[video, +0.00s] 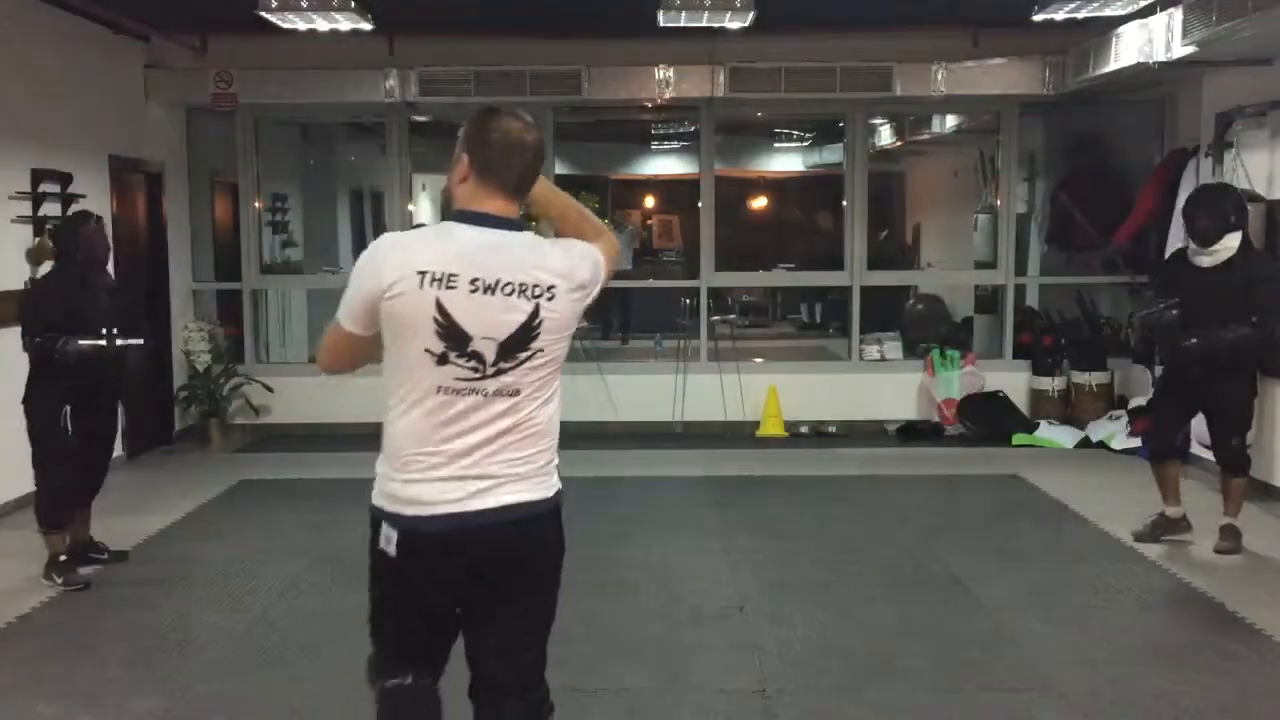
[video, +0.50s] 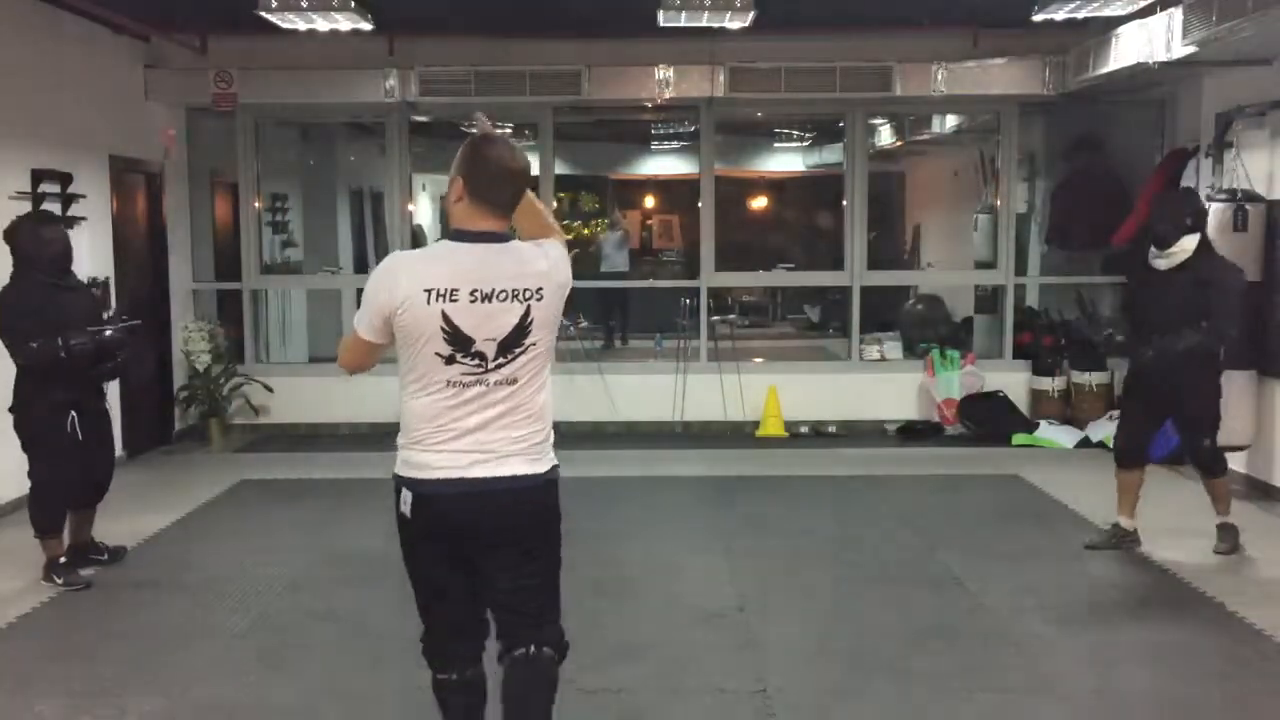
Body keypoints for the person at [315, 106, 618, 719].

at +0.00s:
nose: (451, 166)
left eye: (454, 156)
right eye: (456, 156)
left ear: (463, 165)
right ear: (531, 184)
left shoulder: (392, 256)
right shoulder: (565, 266)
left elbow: (334, 356)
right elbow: (603, 243)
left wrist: (406, 317)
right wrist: (531, 180)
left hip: (416, 522)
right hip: (526, 519)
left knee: (405, 678)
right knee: (514, 687)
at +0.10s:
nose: (458, 170)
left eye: (460, 159)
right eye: (460, 159)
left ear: (469, 170)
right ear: (535, 185)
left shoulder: (403, 258)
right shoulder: (569, 267)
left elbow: (341, 354)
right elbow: (591, 237)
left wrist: (408, 322)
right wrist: (529, 178)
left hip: (426, 516)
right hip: (530, 513)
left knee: (424, 672)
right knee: (517, 681)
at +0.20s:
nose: (459, 174)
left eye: (462, 165)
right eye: (463, 165)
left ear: (470, 176)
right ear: (537, 189)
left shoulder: (409, 263)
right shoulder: (568, 269)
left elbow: (350, 357)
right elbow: (580, 238)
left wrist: (402, 312)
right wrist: (527, 180)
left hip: (432, 510)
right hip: (533, 508)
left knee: (440, 676)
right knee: (518, 676)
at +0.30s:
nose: (458, 181)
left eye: (461, 173)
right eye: (460, 172)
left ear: (469, 183)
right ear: (532, 195)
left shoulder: (409, 270)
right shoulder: (564, 271)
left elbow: (353, 360)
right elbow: (567, 237)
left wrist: (406, 318)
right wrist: (521, 183)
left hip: (435, 506)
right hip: (534, 501)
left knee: (449, 667)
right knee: (520, 668)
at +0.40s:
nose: (454, 186)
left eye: (457, 179)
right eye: (457, 178)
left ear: (463, 189)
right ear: (526, 201)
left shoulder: (406, 275)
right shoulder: (557, 273)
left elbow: (351, 362)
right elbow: (552, 235)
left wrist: (400, 316)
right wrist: (513, 179)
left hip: (436, 499)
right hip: (532, 492)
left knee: (452, 657)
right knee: (523, 653)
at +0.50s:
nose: (447, 188)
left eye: (451, 180)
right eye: (452, 180)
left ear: (457, 189)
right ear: (518, 198)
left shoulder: (402, 272)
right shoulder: (548, 268)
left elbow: (353, 358)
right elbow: (541, 227)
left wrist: (399, 314)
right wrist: (505, 166)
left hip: (430, 490)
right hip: (524, 488)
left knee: (452, 646)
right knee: (531, 640)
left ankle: (464, 716)